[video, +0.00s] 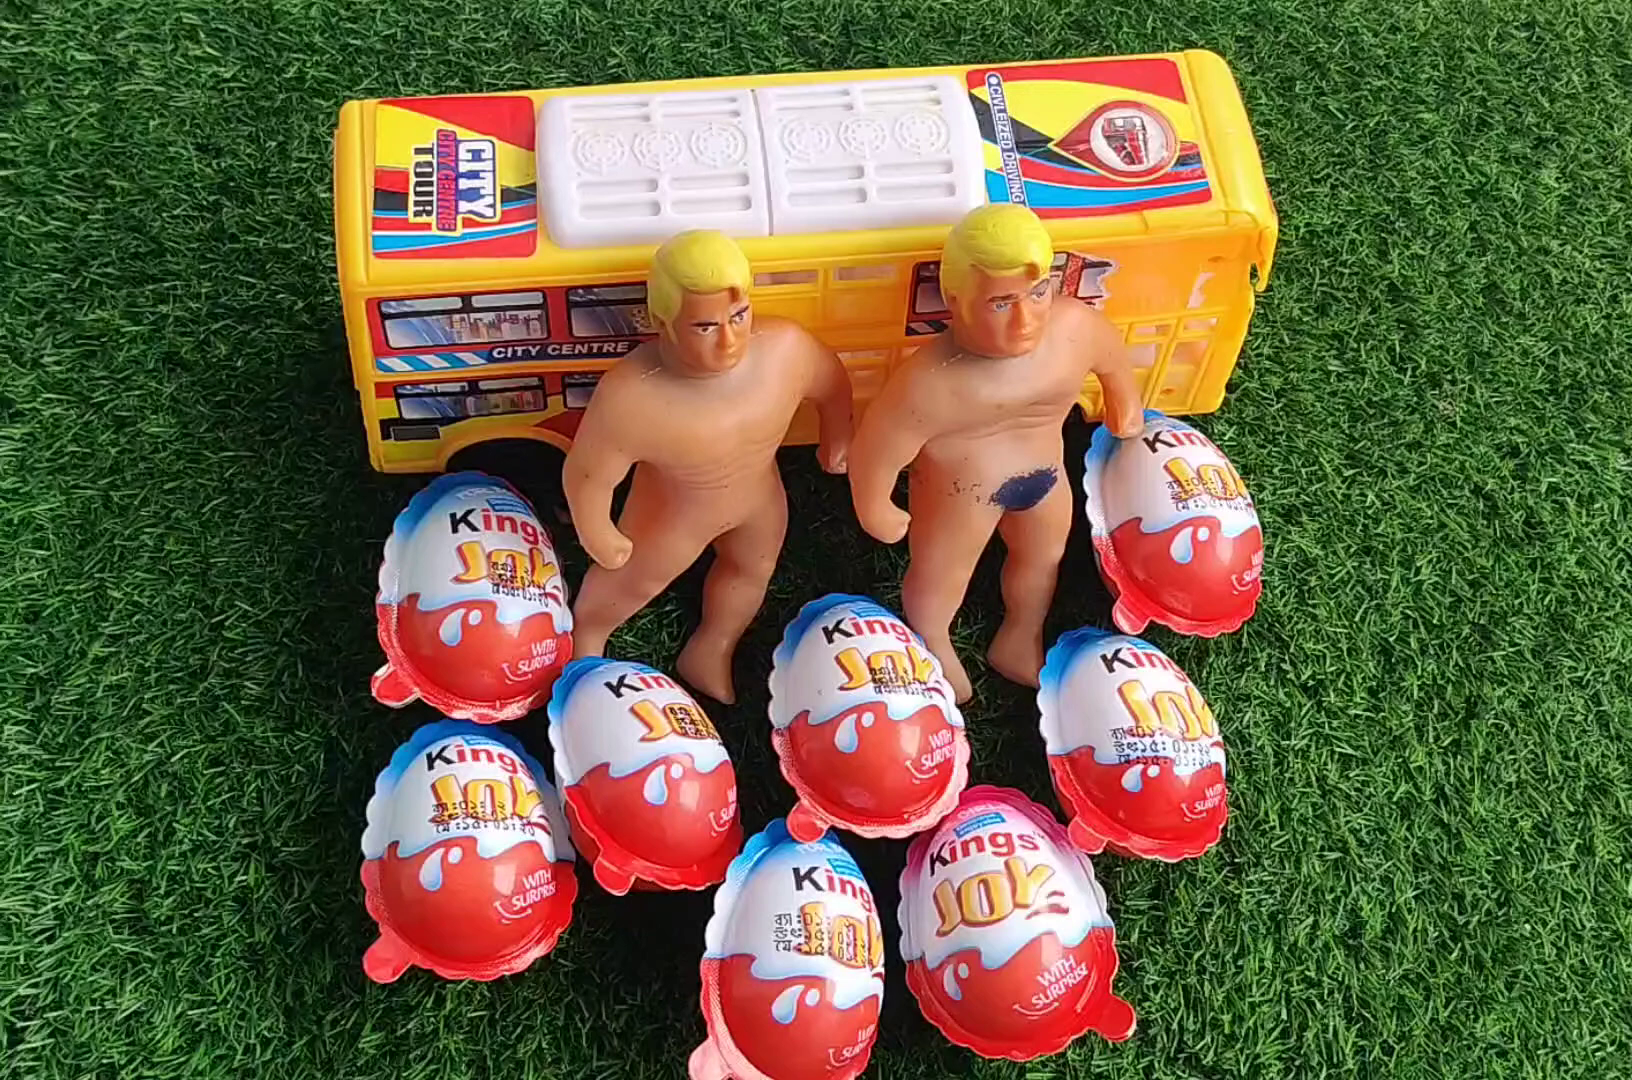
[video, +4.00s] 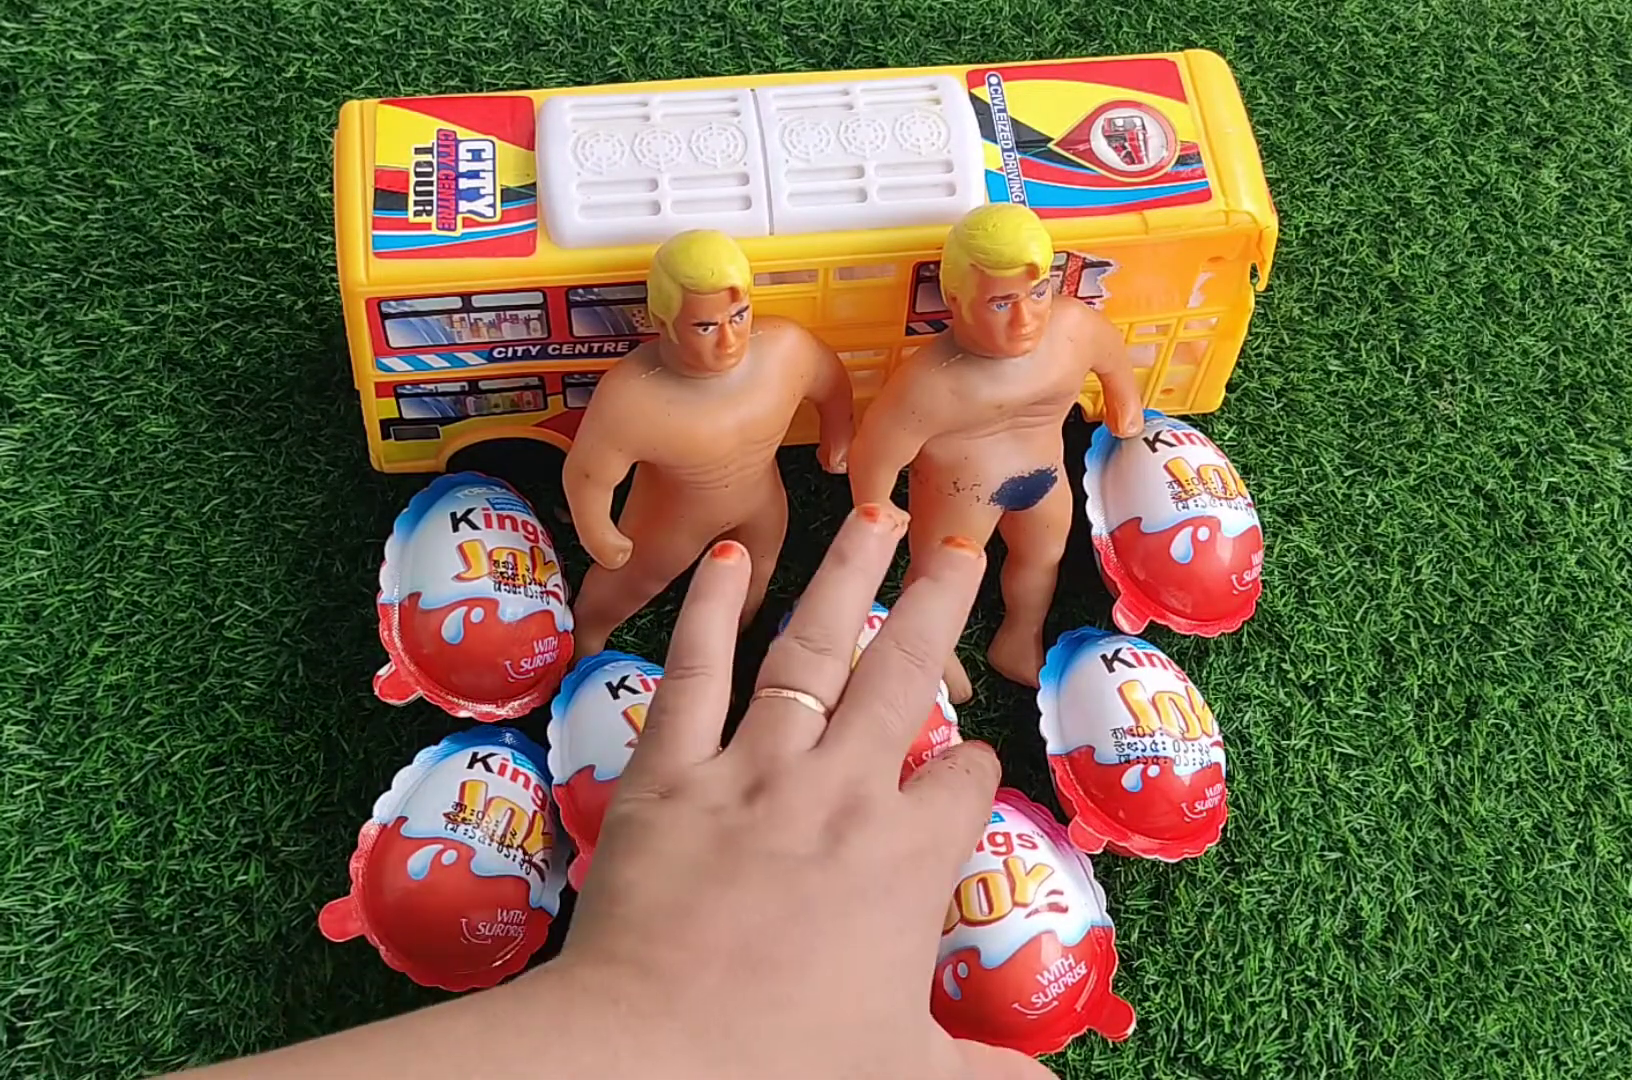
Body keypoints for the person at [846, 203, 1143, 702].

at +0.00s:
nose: (1024, 317)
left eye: (1036, 295)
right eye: (1000, 302)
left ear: (1050, 285)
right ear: (953, 304)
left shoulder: (1078, 328)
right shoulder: (926, 383)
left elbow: (1112, 359)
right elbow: (873, 453)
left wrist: (1126, 407)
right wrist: (877, 514)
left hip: (1045, 478)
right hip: (959, 492)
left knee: (1040, 564)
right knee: (939, 581)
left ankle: (1020, 643)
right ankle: (933, 648)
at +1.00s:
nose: (1024, 317)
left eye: (1037, 295)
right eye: (1000, 302)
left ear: (1051, 285)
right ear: (953, 304)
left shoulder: (1077, 327)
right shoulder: (926, 384)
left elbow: (1113, 358)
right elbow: (873, 453)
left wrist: (1126, 408)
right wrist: (878, 514)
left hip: (1045, 480)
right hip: (958, 495)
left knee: (1040, 564)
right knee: (939, 581)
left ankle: (1020, 643)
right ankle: (933, 645)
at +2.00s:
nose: (1024, 316)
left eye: (1037, 294)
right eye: (1000, 302)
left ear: (1051, 284)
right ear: (954, 304)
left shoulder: (1078, 327)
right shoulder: (927, 382)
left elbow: (1113, 358)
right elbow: (874, 452)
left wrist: (1126, 406)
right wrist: (877, 514)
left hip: (1045, 477)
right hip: (959, 493)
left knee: (1041, 561)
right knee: (940, 580)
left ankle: (1020, 642)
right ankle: (933, 645)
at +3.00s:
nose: (1023, 317)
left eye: (1036, 294)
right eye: (999, 302)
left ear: (1052, 284)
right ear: (953, 304)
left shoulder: (1077, 326)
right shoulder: (927, 384)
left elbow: (1113, 359)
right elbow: (874, 452)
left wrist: (1126, 404)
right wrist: (878, 514)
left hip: (1045, 478)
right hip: (959, 494)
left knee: (1041, 561)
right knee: (940, 579)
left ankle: (1020, 642)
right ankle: (932, 645)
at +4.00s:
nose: (1024, 316)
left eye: (1036, 294)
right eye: (1000, 302)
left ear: (1049, 284)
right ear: (953, 303)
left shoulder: (1077, 326)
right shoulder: (927, 383)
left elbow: (1112, 357)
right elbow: (873, 456)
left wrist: (1125, 404)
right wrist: (875, 513)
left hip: (1044, 478)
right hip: (958, 493)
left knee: (1040, 561)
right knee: (938, 580)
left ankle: (1019, 643)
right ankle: (934, 647)